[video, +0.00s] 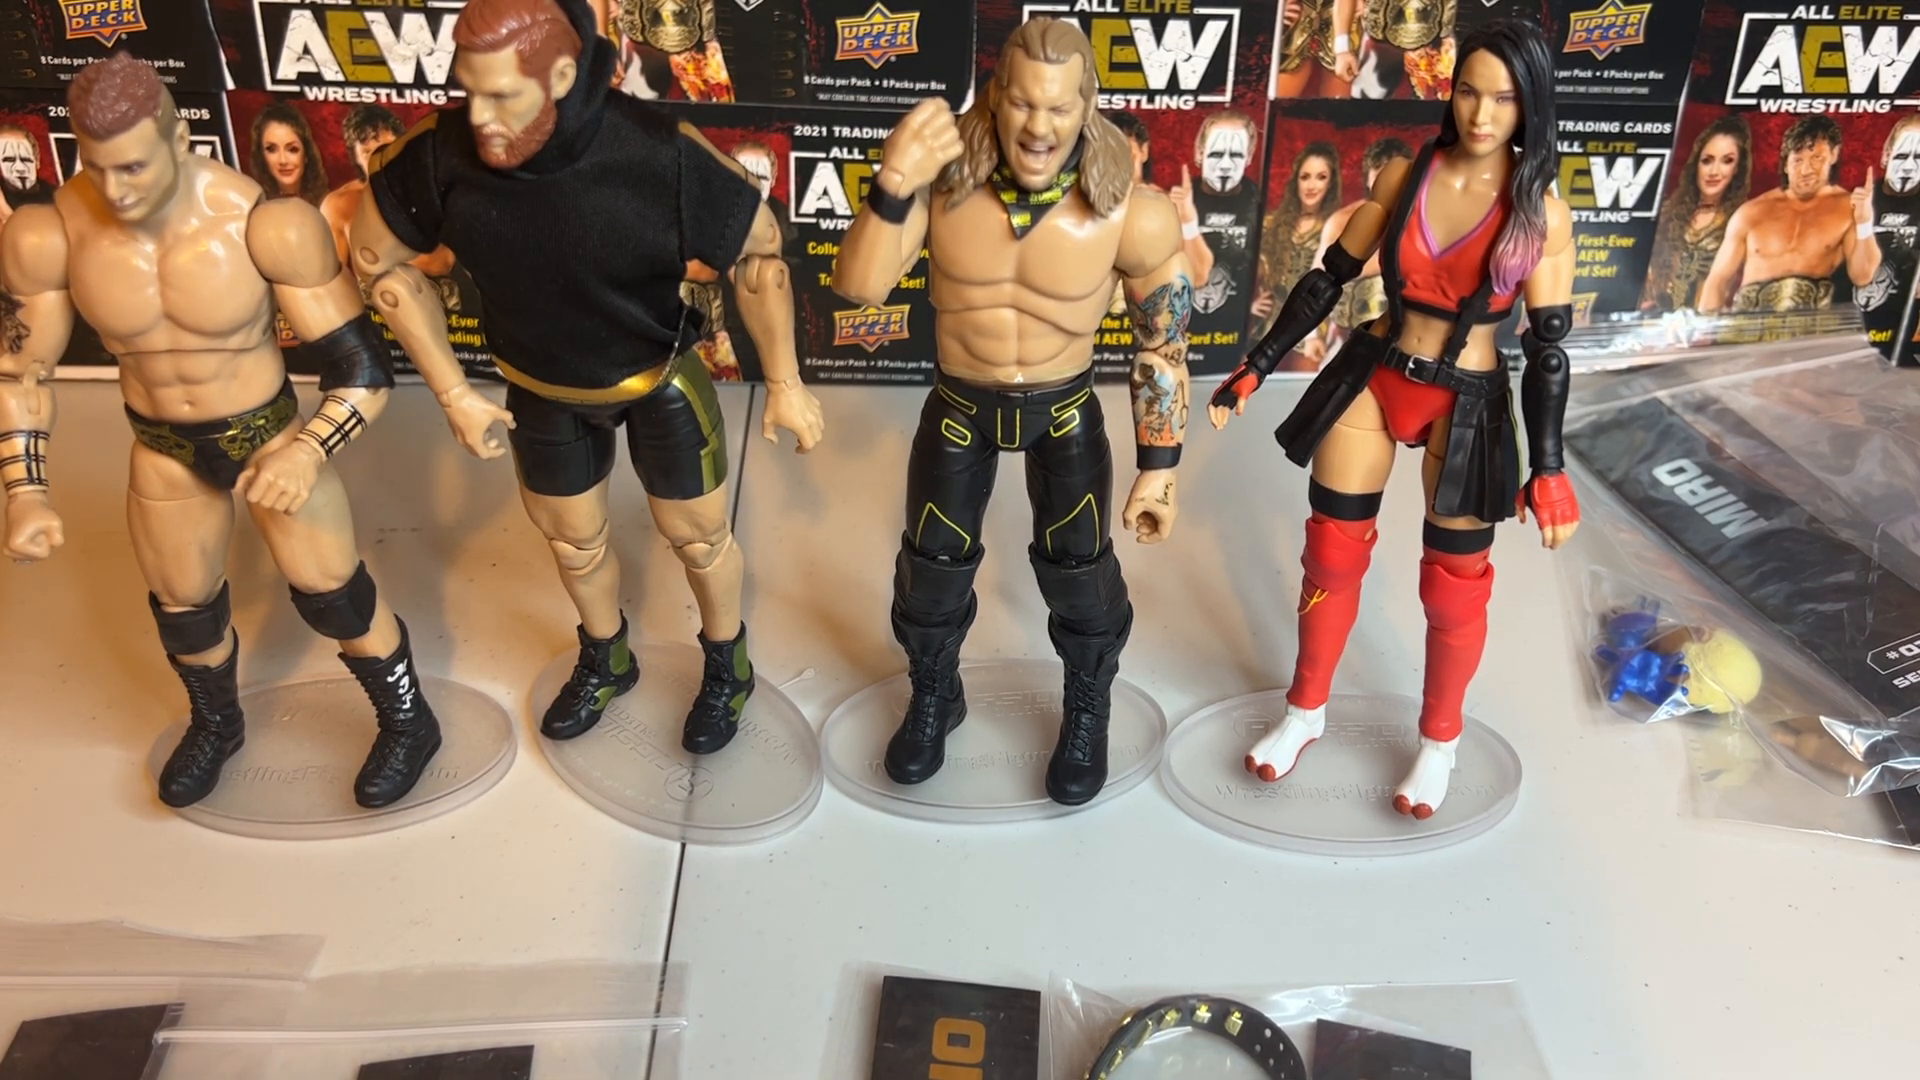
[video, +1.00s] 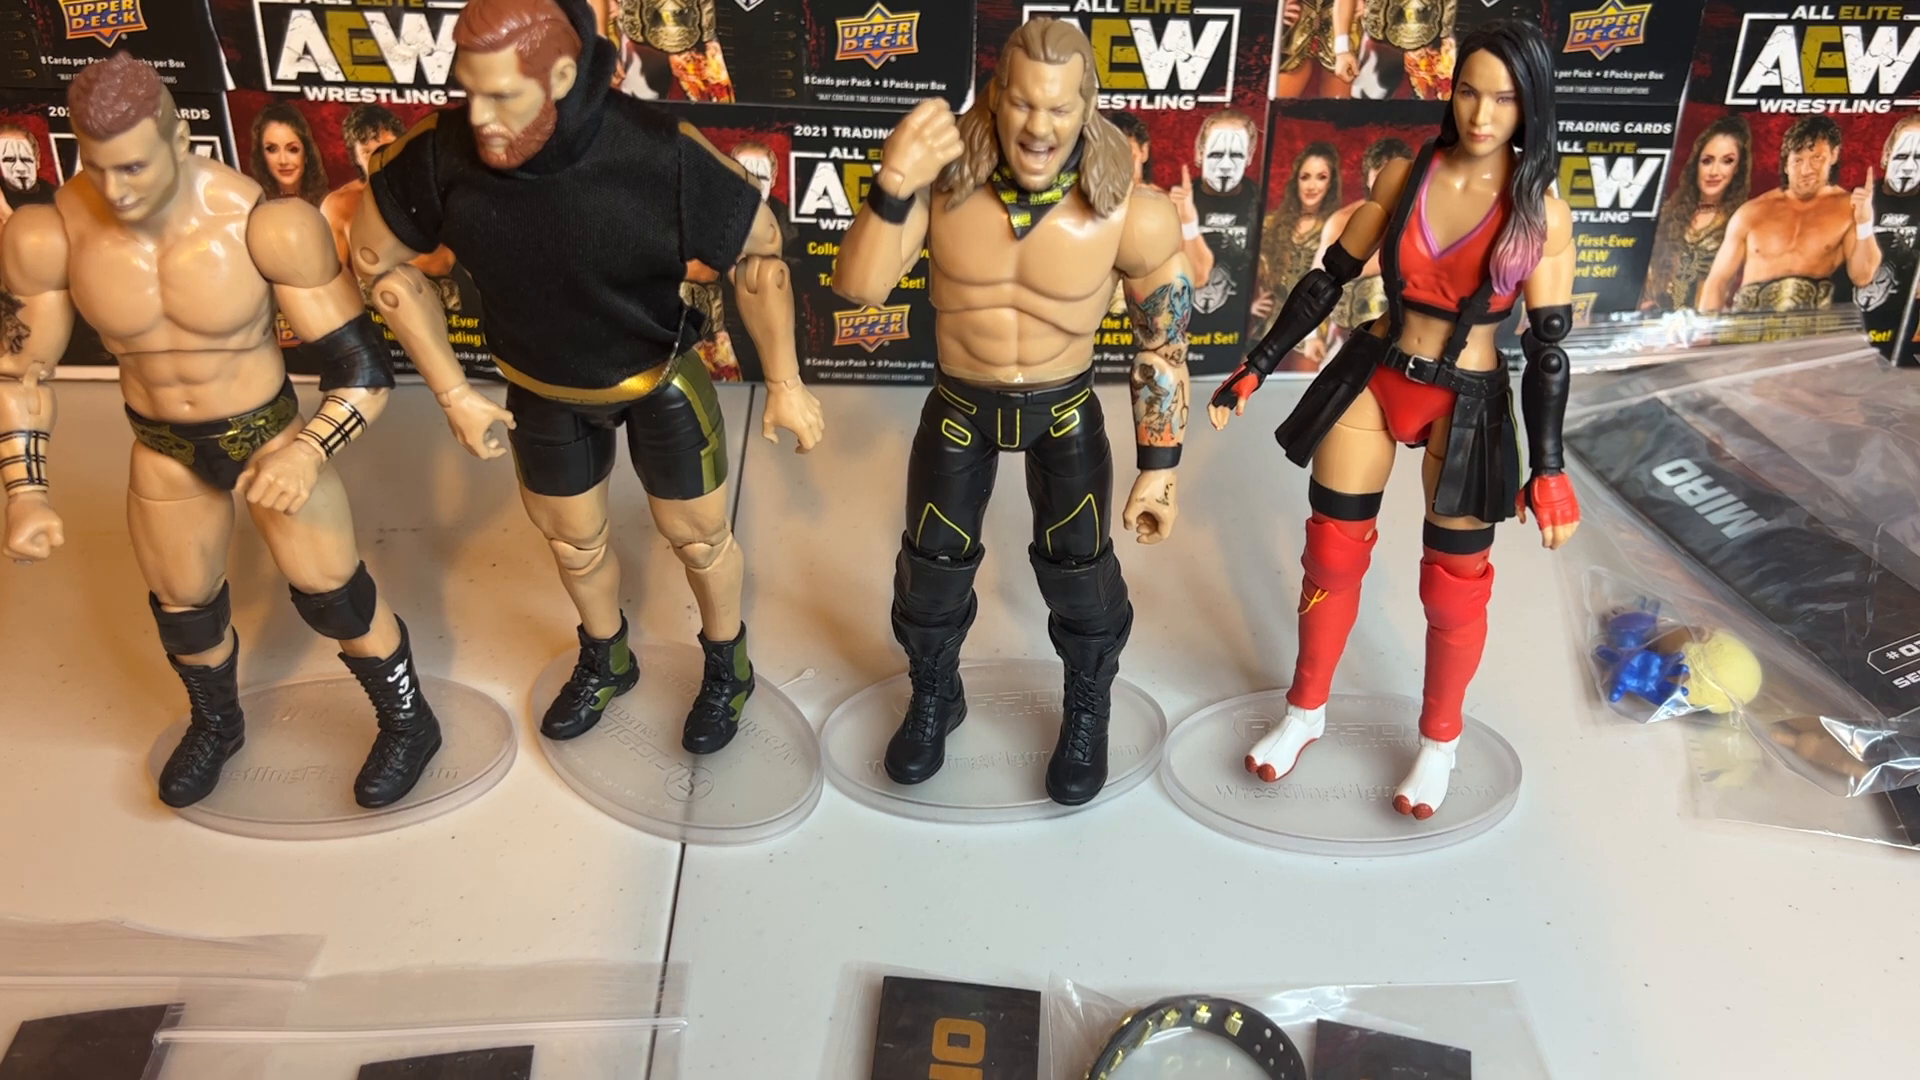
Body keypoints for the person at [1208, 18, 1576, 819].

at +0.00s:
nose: (1479, 113)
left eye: (1501, 99)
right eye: (1469, 93)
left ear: (1528, 108)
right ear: (1450, 93)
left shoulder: (1540, 208)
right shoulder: (1406, 174)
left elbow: (1549, 343)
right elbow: (1333, 273)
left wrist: (1549, 464)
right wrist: (1257, 363)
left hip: (1466, 405)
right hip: (1371, 383)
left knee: (1454, 591)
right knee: (1331, 560)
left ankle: (1438, 742)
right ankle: (1305, 710)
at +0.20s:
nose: (1479, 113)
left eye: (1500, 98)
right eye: (1469, 93)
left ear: (1528, 108)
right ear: (1450, 93)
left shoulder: (1539, 208)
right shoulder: (1406, 174)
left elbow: (1549, 343)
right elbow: (1333, 272)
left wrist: (1549, 464)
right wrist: (1256, 363)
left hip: (1466, 404)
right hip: (1371, 382)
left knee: (1454, 589)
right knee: (1331, 559)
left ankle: (1438, 741)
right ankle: (1305, 710)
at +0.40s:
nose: (1479, 113)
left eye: (1500, 99)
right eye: (1469, 94)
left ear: (1529, 108)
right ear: (1451, 94)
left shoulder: (1540, 209)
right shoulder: (1406, 175)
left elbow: (1548, 345)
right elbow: (1332, 275)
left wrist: (1549, 466)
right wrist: (1255, 364)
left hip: (1467, 403)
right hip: (1372, 382)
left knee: (1454, 590)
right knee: (1331, 559)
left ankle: (1437, 741)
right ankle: (1304, 710)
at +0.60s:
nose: (1480, 113)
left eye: (1501, 99)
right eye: (1469, 94)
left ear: (1529, 109)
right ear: (1451, 94)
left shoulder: (1540, 210)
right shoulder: (1406, 175)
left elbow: (1549, 346)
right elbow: (1333, 275)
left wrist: (1549, 467)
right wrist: (1256, 364)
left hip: (1467, 404)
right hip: (1372, 382)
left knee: (1454, 590)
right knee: (1331, 559)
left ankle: (1438, 741)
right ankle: (1305, 709)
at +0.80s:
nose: (1480, 113)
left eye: (1501, 99)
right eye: (1469, 94)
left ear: (1529, 108)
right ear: (1451, 94)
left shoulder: (1540, 209)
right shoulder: (1405, 176)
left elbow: (1549, 346)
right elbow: (1332, 275)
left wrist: (1549, 466)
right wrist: (1256, 365)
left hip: (1467, 404)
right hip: (1372, 382)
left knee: (1454, 590)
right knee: (1331, 559)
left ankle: (1438, 741)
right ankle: (1305, 709)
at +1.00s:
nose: (1480, 114)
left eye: (1501, 99)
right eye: (1469, 94)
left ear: (1529, 108)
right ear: (1451, 94)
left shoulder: (1540, 208)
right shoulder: (1406, 175)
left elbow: (1549, 344)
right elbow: (1332, 274)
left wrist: (1549, 466)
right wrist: (1256, 364)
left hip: (1467, 404)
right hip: (1371, 382)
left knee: (1454, 591)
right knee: (1331, 560)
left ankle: (1437, 742)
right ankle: (1304, 710)